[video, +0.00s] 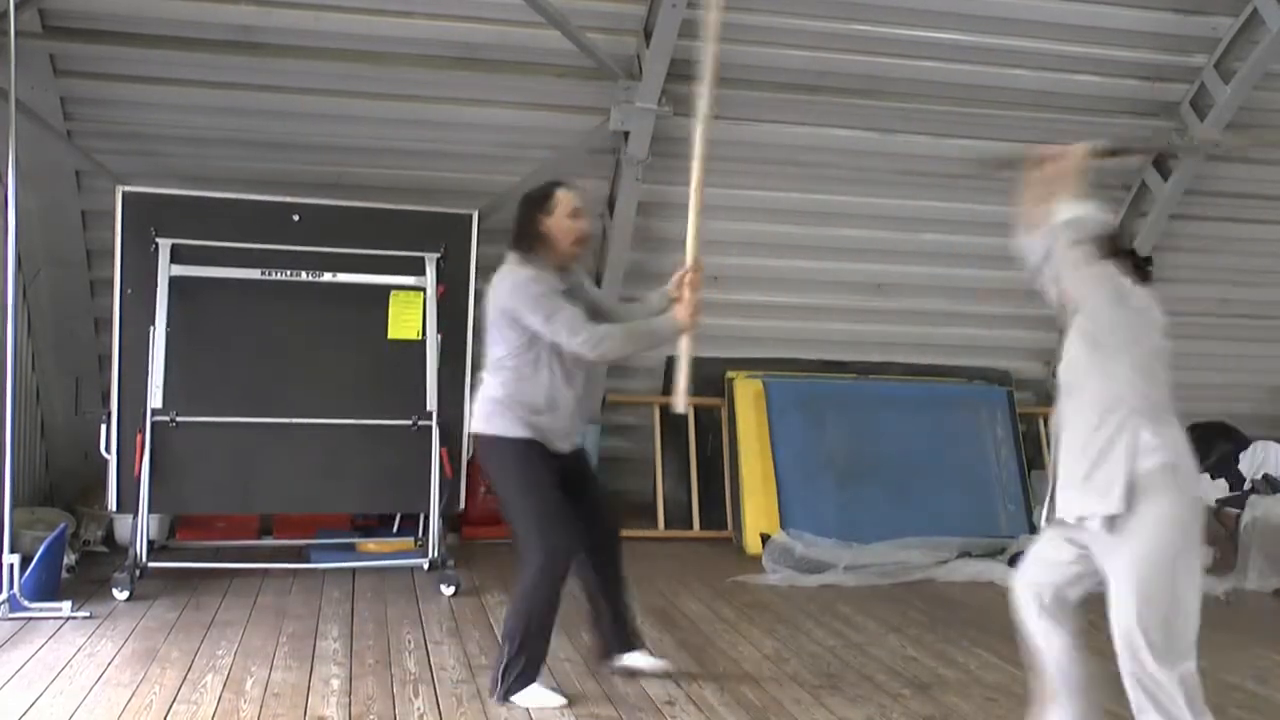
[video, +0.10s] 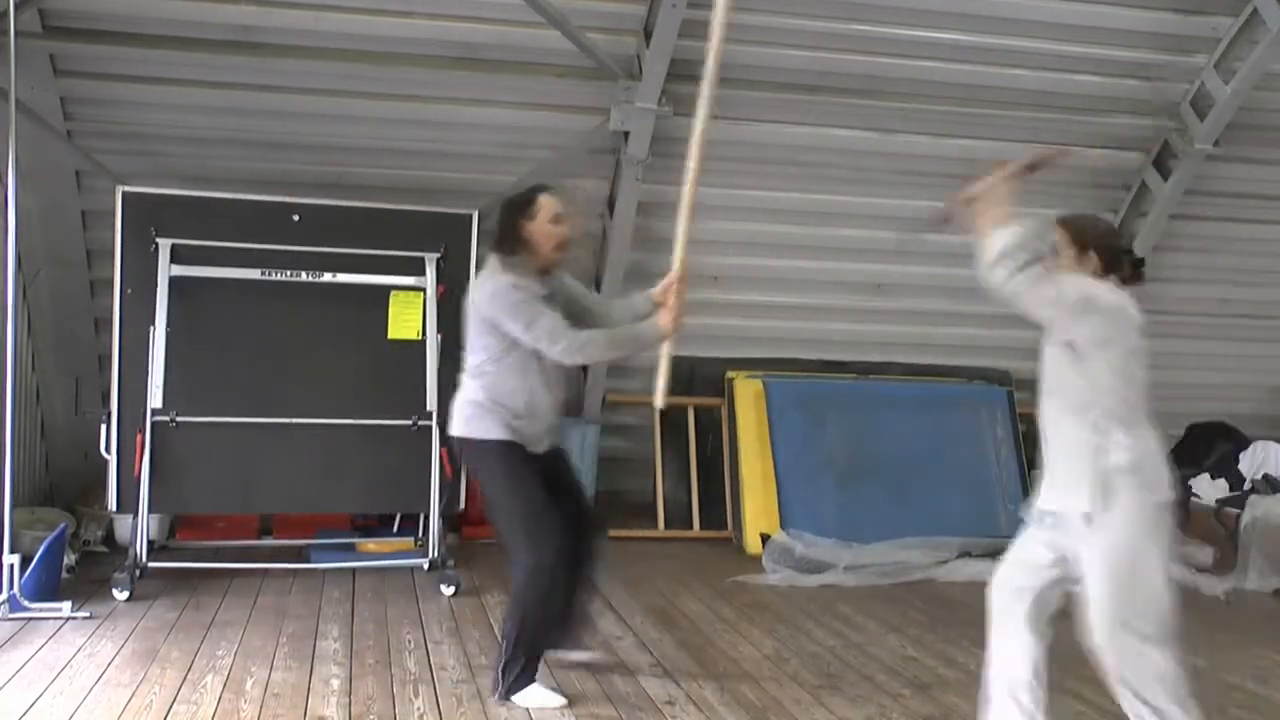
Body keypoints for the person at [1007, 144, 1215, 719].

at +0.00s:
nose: (1065, 281)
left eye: (1079, 265)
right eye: (1066, 271)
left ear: (1108, 264)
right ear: (1092, 270)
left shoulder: (1128, 308)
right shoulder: (1093, 318)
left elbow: (1080, 251)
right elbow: (1043, 255)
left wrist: (1069, 183)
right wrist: (1038, 189)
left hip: (1151, 502)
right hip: (1094, 505)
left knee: (1151, 655)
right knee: (1035, 585)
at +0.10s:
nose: (1053, 261)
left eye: (1062, 251)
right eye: (1054, 251)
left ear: (1094, 260)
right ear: (1090, 261)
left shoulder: (1107, 307)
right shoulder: (1077, 306)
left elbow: (1013, 277)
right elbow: (1016, 274)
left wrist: (997, 213)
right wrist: (989, 215)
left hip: (1120, 504)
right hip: (1065, 501)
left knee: (1123, 635)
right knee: (1011, 594)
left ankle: (1169, 712)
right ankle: (1013, 712)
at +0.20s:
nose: (1036, 249)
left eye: (1044, 241)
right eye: (1038, 240)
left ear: (1074, 248)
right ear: (1077, 249)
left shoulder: (1072, 295)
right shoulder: (1070, 297)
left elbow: (972, 337)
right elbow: (980, 334)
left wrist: (919, 306)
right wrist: (924, 309)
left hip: (1069, 482)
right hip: (1045, 479)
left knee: (1027, 607)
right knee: (995, 593)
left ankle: (1117, 713)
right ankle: (1007, 711)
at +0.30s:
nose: (1016, 245)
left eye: (1025, 236)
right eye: (1019, 235)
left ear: (1052, 245)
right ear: (1062, 247)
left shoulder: (1028, 295)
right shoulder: (1075, 304)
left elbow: (952, 368)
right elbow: (980, 377)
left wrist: (898, 365)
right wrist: (909, 370)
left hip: (1037, 482)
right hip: (1071, 482)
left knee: (971, 598)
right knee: (1006, 607)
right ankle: (1015, 711)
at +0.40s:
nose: (984, 241)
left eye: (992, 231)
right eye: (987, 230)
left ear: (1016, 238)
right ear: (1037, 241)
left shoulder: (978, 296)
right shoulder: (1063, 301)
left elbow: (919, 386)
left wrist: (883, 367)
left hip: (990, 491)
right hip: (1055, 490)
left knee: (940, 619)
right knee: (1008, 616)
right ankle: (1020, 713)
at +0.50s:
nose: (968, 237)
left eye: (974, 227)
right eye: (971, 226)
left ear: (997, 232)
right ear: (1027, 233)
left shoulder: (956, 286)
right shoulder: (1053, 293)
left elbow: (893, 363)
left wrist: (882, 313)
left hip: (961, 475)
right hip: (1024, 477)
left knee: (925, 607)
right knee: (998, 608)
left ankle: (919, 709)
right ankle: (1008, 712)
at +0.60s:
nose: (941, 240)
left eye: (946, 230)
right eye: (942, 229)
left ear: (970, 235)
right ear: (998, 235)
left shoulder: (944, 282)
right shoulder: (1026, 290)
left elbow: (878, 288)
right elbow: (961, 293)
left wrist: (901, 238)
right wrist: (923, 253)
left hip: (946, 467)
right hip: (1008, 469)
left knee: (868, 580)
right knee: (986, 606)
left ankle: (889, 710)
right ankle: (1005, 712)